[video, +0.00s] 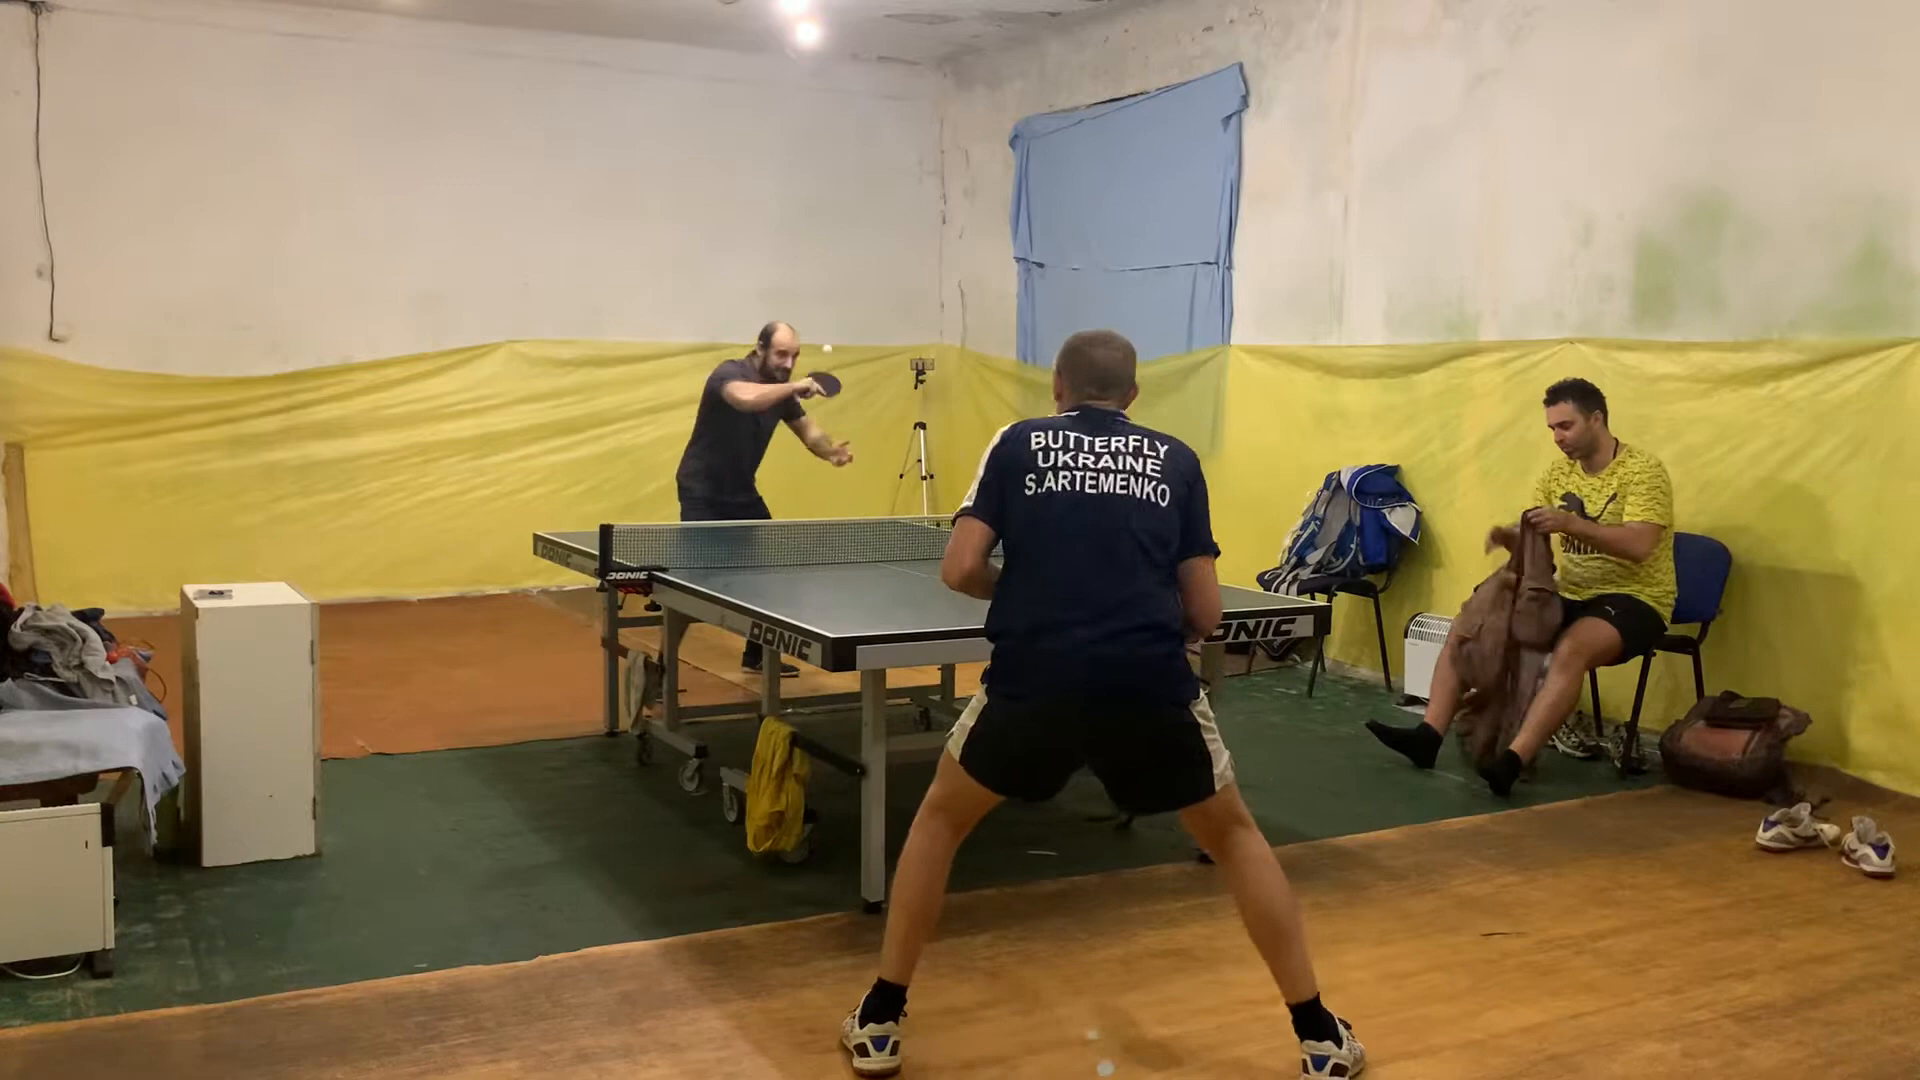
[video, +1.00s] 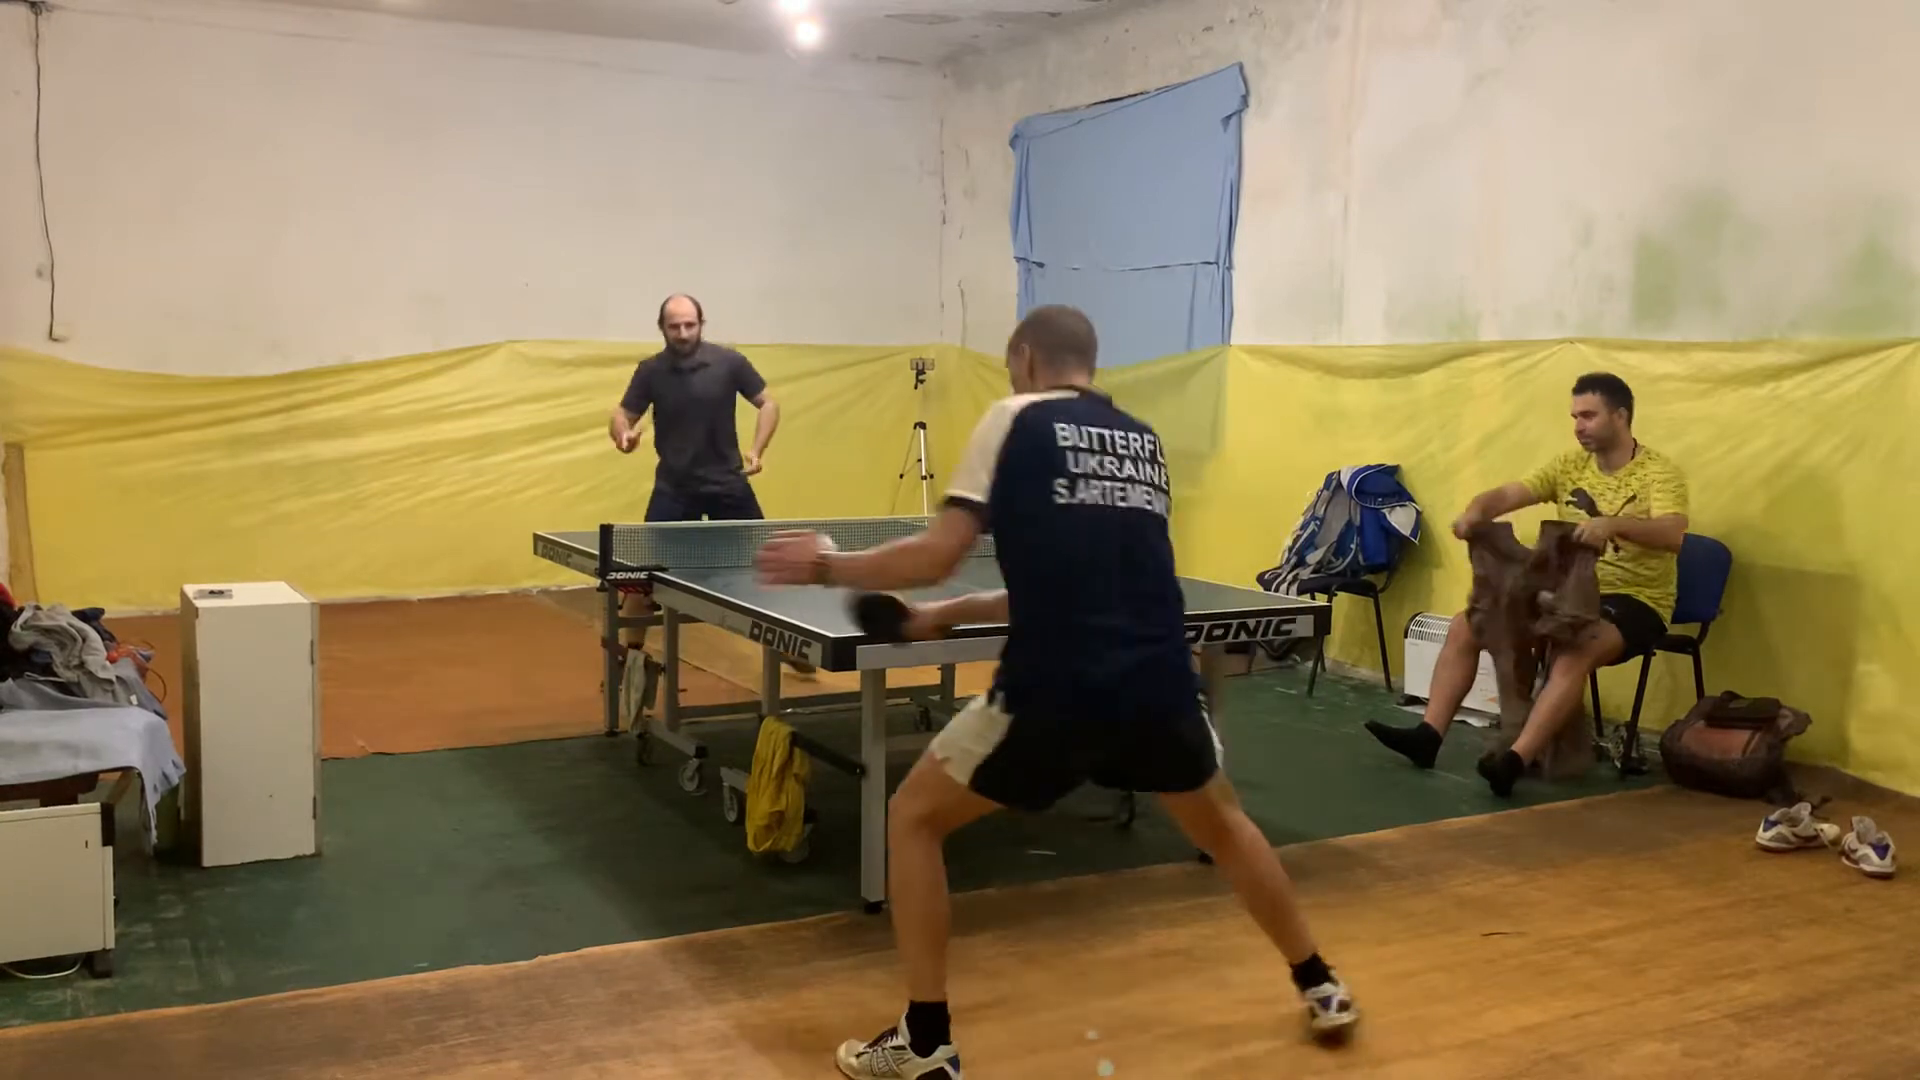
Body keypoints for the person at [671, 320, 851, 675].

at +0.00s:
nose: (789, 363)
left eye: (794, 355)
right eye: (782, 354)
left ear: (797, 355)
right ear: (760, 349)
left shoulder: (782, 389)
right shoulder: (728, 373)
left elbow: (808, 431)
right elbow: (745, 398)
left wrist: (830, 450)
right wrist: (794, 388)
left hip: (743, 491)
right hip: (702, 491)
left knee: (773, 566)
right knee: (699, 576)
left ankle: (758, 650)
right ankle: (664, 662)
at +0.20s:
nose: (795, 388)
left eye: (801, 381)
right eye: (789, 379)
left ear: (806, 377)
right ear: (770, 367)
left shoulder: (788, 396)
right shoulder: (737, 382)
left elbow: (796, 438)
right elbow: (765, 431)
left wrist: (805, 480)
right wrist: (797, 408)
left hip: (741, 488)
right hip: (700, 483)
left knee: (770, 562)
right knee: (705, 563)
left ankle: (758, 651)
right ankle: (662, 642)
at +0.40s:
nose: (778, 389)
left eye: (786, 382)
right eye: (773, 380)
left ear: (791, 379)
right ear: (757, 370)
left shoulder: (780, 403)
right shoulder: (721, 382)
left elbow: (792, 440)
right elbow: (663, 387)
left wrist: (801, 487)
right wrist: (672, 421)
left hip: (746, 502)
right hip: (703, 499)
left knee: (775, 569)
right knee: (702, 580)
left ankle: (758, 650)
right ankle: (681, 664)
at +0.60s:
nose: (742, 327)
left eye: (749, 320)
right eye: (734, 319)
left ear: (758, 319)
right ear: (719, 316)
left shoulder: (759, 356)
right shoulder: (688, 340)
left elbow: (779, 398)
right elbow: (632, 351)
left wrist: (779, 441)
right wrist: (611, 362)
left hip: (732, 467)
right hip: (686, 464)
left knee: (752, 551)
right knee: (674, 546)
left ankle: (757, 639)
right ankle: (660, 646)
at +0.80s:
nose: (705, 337)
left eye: (712, 329)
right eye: (697, 329)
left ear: (722, 330)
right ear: (683, 330)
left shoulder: (737, 372)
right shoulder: (658, 368)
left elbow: (762, 417)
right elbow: (615, 396)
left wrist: (758, 458)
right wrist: (609, 410)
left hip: (719, 493)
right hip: (667, 493)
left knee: (737, 570)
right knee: (643, 577)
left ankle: (737, 651)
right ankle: (624, 661)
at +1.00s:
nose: (682, 334)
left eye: (689, 326)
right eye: (674, 327)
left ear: (701, 324)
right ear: (662, 328)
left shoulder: (729, 363)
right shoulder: (650, 371)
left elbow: (768, 405)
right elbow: (623, 415)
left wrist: (756, 451)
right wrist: (623, 436)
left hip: (726, 485)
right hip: (673, 487)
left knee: (759, 552)